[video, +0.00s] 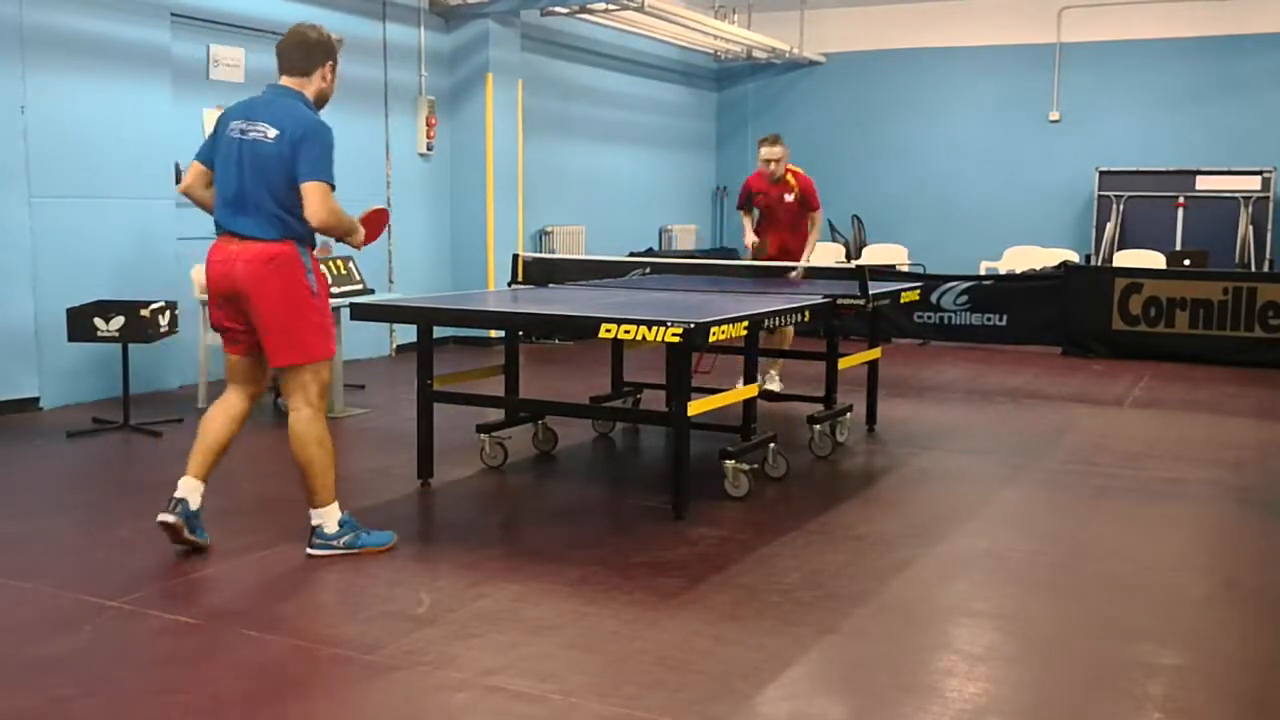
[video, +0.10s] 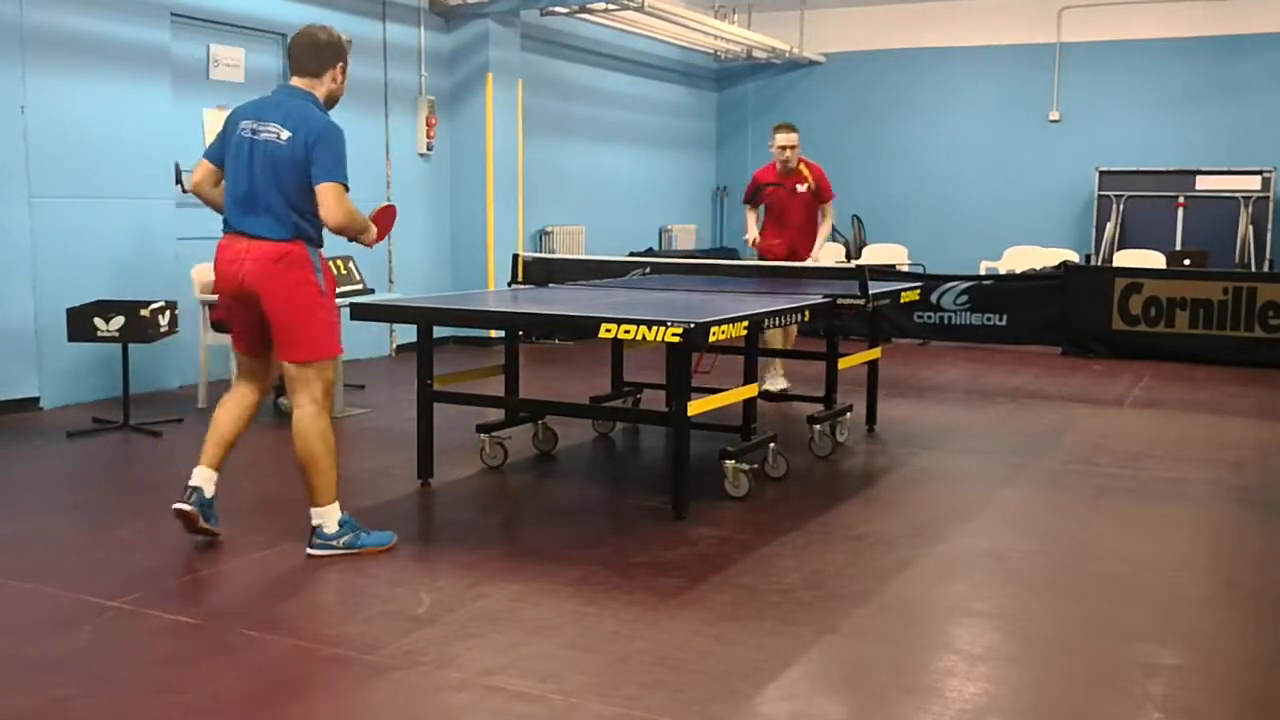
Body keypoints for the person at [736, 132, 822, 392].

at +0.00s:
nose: (772, 168)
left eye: (777, 161)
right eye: (766, 162)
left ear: (787, 159)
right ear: (759, 160)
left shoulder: (803, 183)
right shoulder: (752, 184)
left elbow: (815, 223)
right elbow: (745, 210)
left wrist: (804, 260)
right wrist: (749, 231)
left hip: (793, 262)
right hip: (763, 261)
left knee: (786, 319)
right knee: (765, 320)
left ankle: (774, 372)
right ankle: (762, 371)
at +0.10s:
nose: (787, 153)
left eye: (792, 148)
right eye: (781, 148)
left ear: (799, 148)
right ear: (772, 149)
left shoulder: (814, 174)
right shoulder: (761, 177)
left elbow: (827, 216)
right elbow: (751, 206)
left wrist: (816, 250)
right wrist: (752, 230)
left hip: (801, 264)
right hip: (770, 263)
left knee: (792, 318)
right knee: (772, 317)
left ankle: (776, 370)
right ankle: (774, 372)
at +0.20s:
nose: (801, 147)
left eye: (806, 142)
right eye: (796, 142)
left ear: (813, 143)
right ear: (786, 143)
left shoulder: (826, 171)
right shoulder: (772, 174)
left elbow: (838, 211)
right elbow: (756, 205)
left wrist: (828, 240)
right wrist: (760, 232)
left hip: (813, 260)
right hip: (782, 260)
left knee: (790, 318)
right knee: (788, 319)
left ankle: (770, 370)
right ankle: (804, 379)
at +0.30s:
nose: (815, 145)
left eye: (820, 139)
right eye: (810, 139)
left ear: (826, 140)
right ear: (798, 139)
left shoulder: (837, 167)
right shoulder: (784, 172)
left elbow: (848, 206)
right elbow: (764, 208)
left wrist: (838, 234)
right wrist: (772, 237)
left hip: (825, 260)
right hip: (793, 260)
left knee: (801, 321)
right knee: (802, 322)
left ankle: (776, 370)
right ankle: (810, 382)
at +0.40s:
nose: (831, 142)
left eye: (836, 136)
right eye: (825, 136)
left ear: (841, 135)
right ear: (812, 134)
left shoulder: (848, 161)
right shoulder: (797, 168)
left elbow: (859, 197)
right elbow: (775, 206)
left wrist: (853, 210)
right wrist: (787, 234)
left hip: (839, 255)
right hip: (808, 257)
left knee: (828, 318)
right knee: (816, 318)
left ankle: (794, 362)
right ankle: (812, 382)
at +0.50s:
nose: (846, 139)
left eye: (851, 134)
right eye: (840, 132)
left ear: (856, 133)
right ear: (828, 129)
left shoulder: (858, 157)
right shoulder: (810, 163)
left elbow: (870, 193)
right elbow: (784, 203)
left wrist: (866, 210)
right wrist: (802, 224)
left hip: (851, 252)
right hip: (820, 254)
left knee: (856, 317)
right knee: (819, 321)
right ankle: (813, 382)